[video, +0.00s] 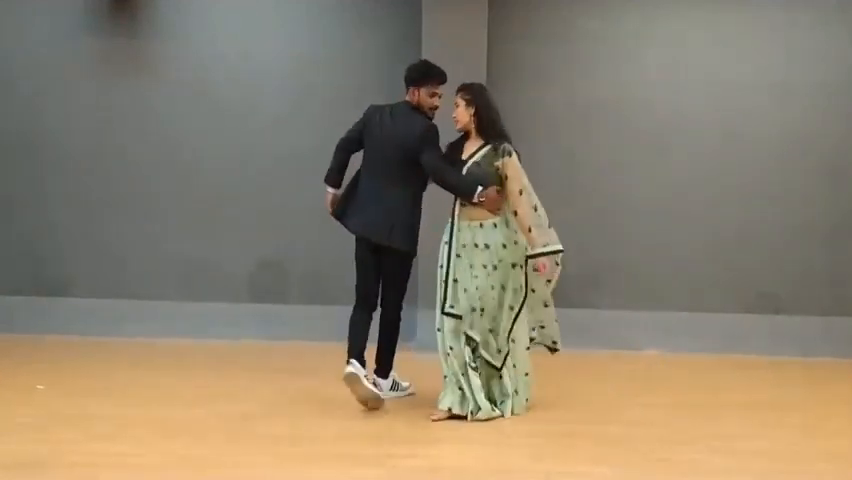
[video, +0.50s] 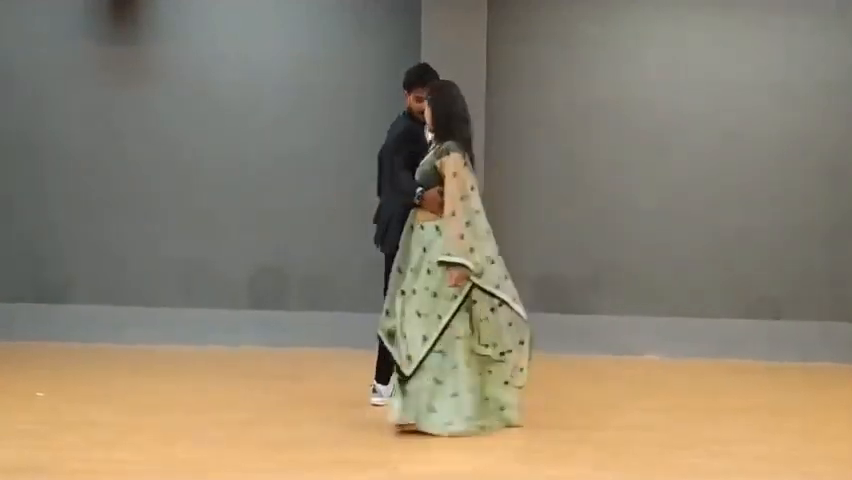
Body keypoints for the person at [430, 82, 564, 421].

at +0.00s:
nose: (455, 113)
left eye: (461, 106)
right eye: (455, 107)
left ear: (477, 109)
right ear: (464, 111)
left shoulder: (502, 153)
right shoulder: (455, 150)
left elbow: (521, 204)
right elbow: (438, 179)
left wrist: (539, 251)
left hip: (494, 242)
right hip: (459, 240)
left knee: (487, 316)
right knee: (455, 315)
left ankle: (492, 395)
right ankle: (455, 395)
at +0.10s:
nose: (450, 111)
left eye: (455, 105)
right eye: (450, 105)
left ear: (471, 109)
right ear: (464, 110)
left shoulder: (496, 151)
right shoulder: (453, 148)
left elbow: (513, 204)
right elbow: (442, 183)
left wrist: (527, 251)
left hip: (485, 242)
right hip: (452, 240)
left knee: (483, 316)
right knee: (449, 317)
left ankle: (492, 394)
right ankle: (452, 396)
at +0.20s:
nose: (445, 112)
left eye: (450, 106)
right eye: (446, 105)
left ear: (465, 109)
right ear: (461, 110)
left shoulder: (486, 152)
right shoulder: (450, 149)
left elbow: (501, 207)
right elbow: (438, 186)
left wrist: (508, 256)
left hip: (475, 248)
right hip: (446, 247)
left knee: (475, 322)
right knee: (442, 321)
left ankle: (485, 397)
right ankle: (449, 398)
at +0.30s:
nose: (439, 113)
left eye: (443, 106)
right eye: (440, 106)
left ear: (457, 109)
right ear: (457, 110)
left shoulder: (477, 152)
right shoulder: (447, 149)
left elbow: (487, 207)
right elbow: (436, 193)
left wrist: (493, 255)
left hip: (465, 249)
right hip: (442, 248)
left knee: (466, 323)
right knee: (442, 322)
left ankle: (480, 398)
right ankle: (448, 398)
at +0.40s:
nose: (432, 110)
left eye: (436, 103)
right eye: (432, 104)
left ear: (449, 108)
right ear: (452, 108)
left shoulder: (464, 153)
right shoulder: (442, 149)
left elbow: (474, 206)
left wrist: (477, 255)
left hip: (452, 247)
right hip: (435, 246)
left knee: (455, 324)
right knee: (439, 324)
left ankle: (465, 403)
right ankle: (448, 401)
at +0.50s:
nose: (423, 112)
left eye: (428, 105)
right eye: (423, 105)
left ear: (440, 110)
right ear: (448, 109)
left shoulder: (451, 156)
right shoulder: (436, 152)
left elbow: (460, 211)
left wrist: (459, 259)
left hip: (442, 253)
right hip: (426, 251)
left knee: (438, 330)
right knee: (424, 329)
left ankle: (441, 409)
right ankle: (423, 407)